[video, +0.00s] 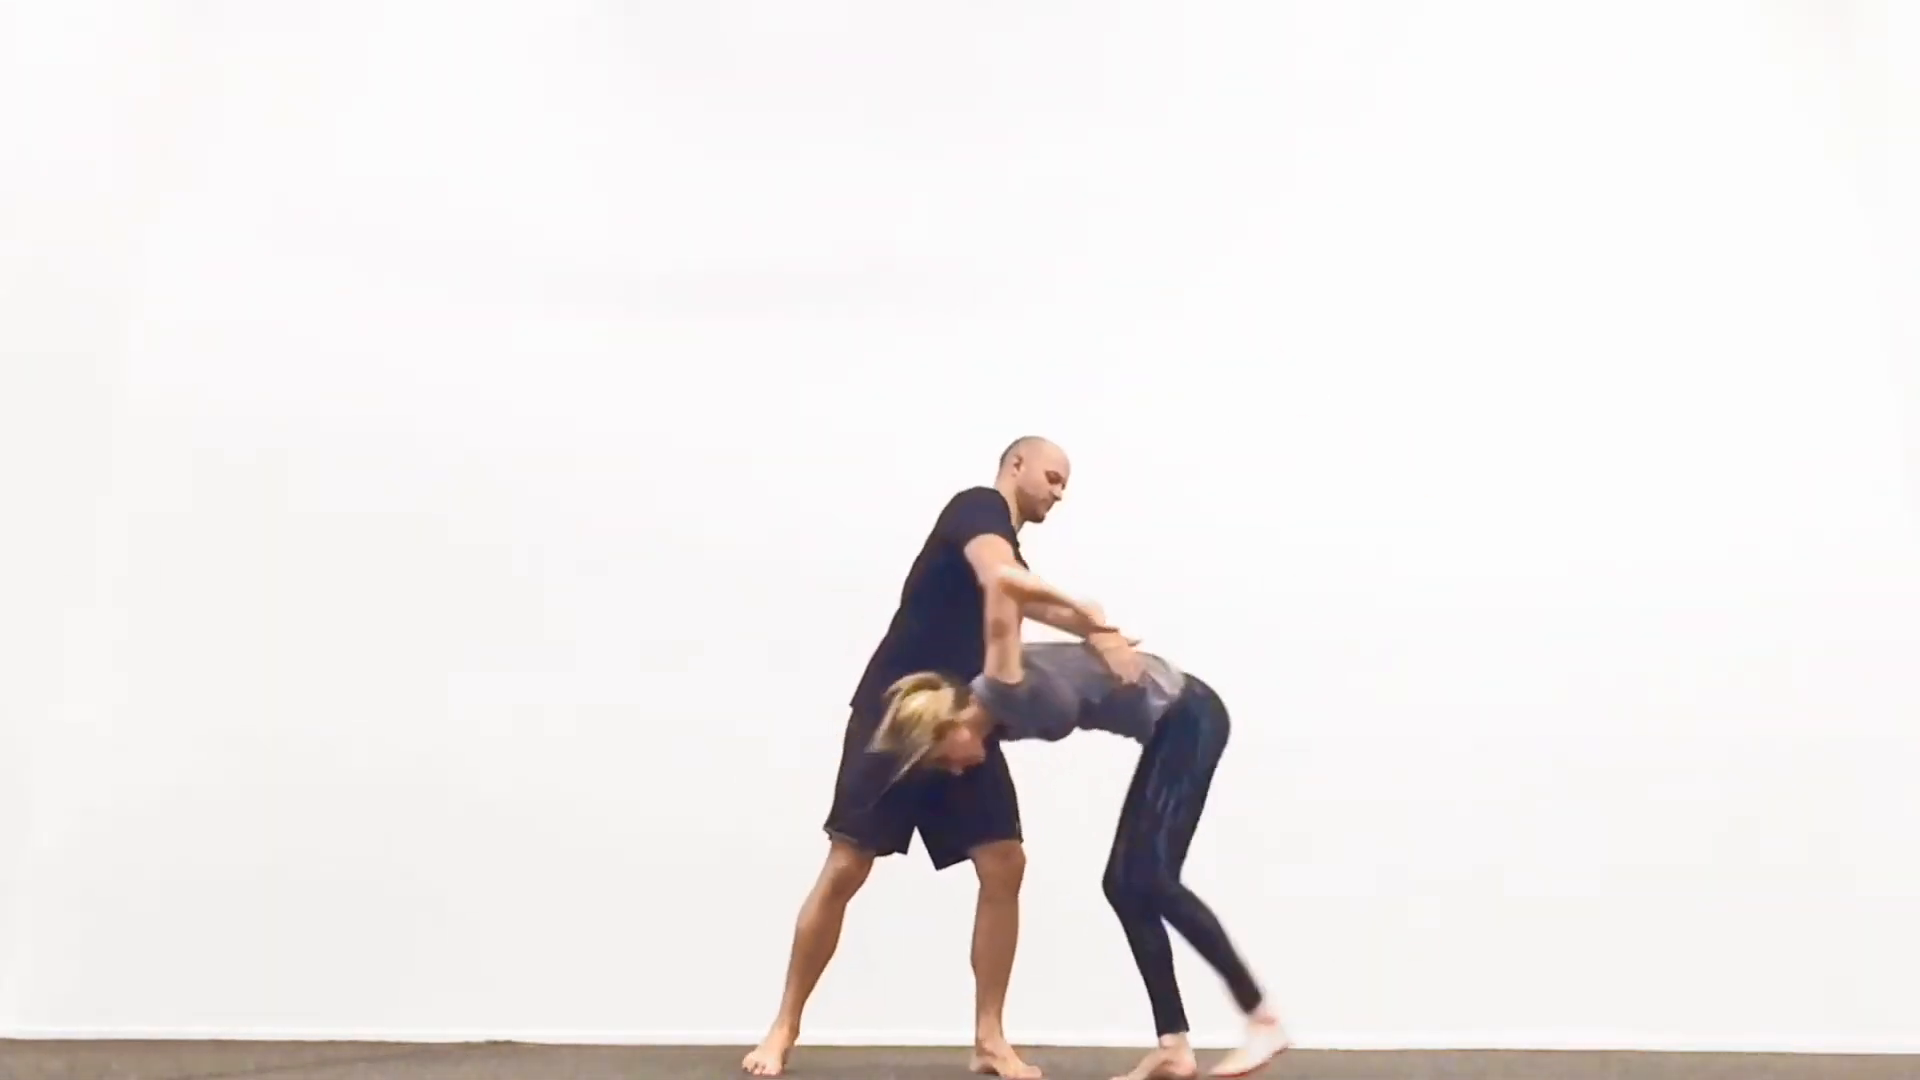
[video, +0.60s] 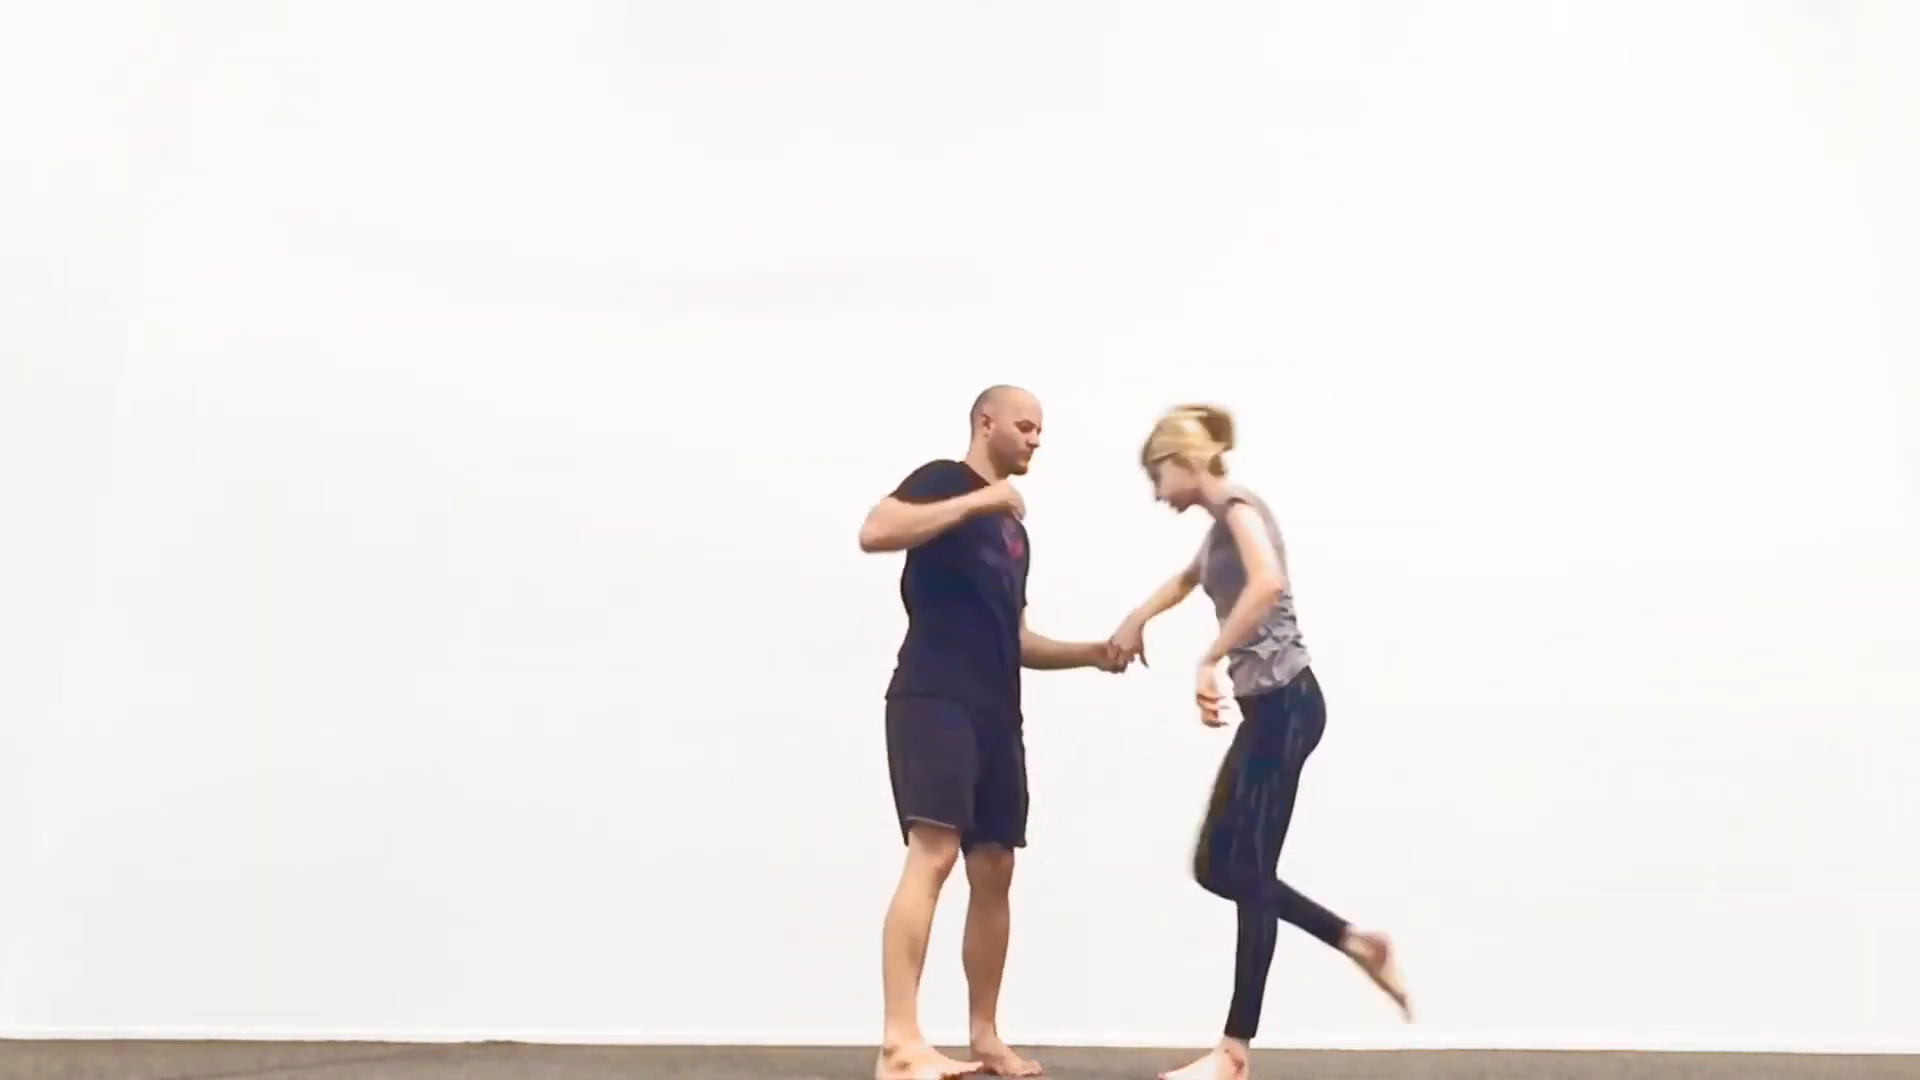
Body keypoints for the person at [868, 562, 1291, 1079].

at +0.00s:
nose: (956, 767)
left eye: (946, 754)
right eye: (941, 763)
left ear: (954, 723)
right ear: (958, 720)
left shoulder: (1007, 684)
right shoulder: (997, 706)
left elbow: (1004, 584)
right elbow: (1005, 590)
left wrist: (1090, 620)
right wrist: (1093, 630)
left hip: (1192, 716)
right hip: (1165, 727)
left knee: (1152, 880)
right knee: (1123, 885)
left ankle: (1264, 1022)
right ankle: (1174, 1047)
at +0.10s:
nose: (984, 726)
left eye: (976, 715)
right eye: (973, 724)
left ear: (983, 679)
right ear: (981, 676)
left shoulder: (1036, 647)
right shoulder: (1021, 666)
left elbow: (1063, 557)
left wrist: (1120, 588)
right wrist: (1099, 595)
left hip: (1214, 715)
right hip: (1192, 721)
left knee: (1148, 875)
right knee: (1138, 877)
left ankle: (1220, 1039)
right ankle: (1174, 1041)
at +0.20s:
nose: (1010, 671)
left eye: (1001, 660)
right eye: (1000, 667)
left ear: (1009, 630)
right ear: (1006, 633)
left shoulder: (1065, 609)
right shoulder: (1053, 630)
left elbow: (1118, 558)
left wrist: (1170, 616)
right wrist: (1104, 704)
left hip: (1232, 714)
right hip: (1208, 718)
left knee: (1170, 873)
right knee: (1149, 872)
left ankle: (1225, 1048)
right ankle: (1173, 1043)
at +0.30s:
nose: (1046, 620)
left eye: (1037, 605)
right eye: (1032, 612)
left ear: (1048, 577)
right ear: (1049, 573)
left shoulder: (1097, 566)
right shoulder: (1092, 574)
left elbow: (1152, 575)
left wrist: (1181, 657)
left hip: (1249, 708)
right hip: (1223, 711)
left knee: (1198, 869)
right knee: (1154, 859)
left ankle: (1229, 1053)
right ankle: (1166, 1032)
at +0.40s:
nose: (1078, 570)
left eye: (1073, 555)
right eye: (1067, 560)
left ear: (1092, 529)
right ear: (1090, 532)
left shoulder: (1144, 535)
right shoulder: (1128, 545)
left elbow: (1177, 581)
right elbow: (1106, 592)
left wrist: (1177, 674)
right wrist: (1103, 666)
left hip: (1266, 703)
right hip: (1239, 706)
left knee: (1226, 871)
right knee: (1143, 832)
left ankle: (1232, 1052)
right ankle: (1196, 990)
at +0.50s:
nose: (1112, 524)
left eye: (1110, 508)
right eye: (1105, 513)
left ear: (1136, 490)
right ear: (1139, 491)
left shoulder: (1191, 517)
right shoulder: (1183, 529)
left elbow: (1215, 581)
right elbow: (1151, 580)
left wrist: (1179, 667)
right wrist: (1118, 639)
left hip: (1277, 702)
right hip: (1252, 705)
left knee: (1245, 876)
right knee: (1157, 833)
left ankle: (1233, 1052)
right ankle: (1271, 947)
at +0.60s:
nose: (1155, 492)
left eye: (1157, 476)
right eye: (1152, 478)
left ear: (1189, 463)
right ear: (1188, 464)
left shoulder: (1240, 511)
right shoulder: (1220, 521)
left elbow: (1267, 585)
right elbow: (1186, 581)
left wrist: (1210, 661)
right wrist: (1135, 620)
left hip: (1286, 704)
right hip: (1266, 704)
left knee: (1250, 874)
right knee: (1215, 867)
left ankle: (1233, 1052)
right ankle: (1358, 944)